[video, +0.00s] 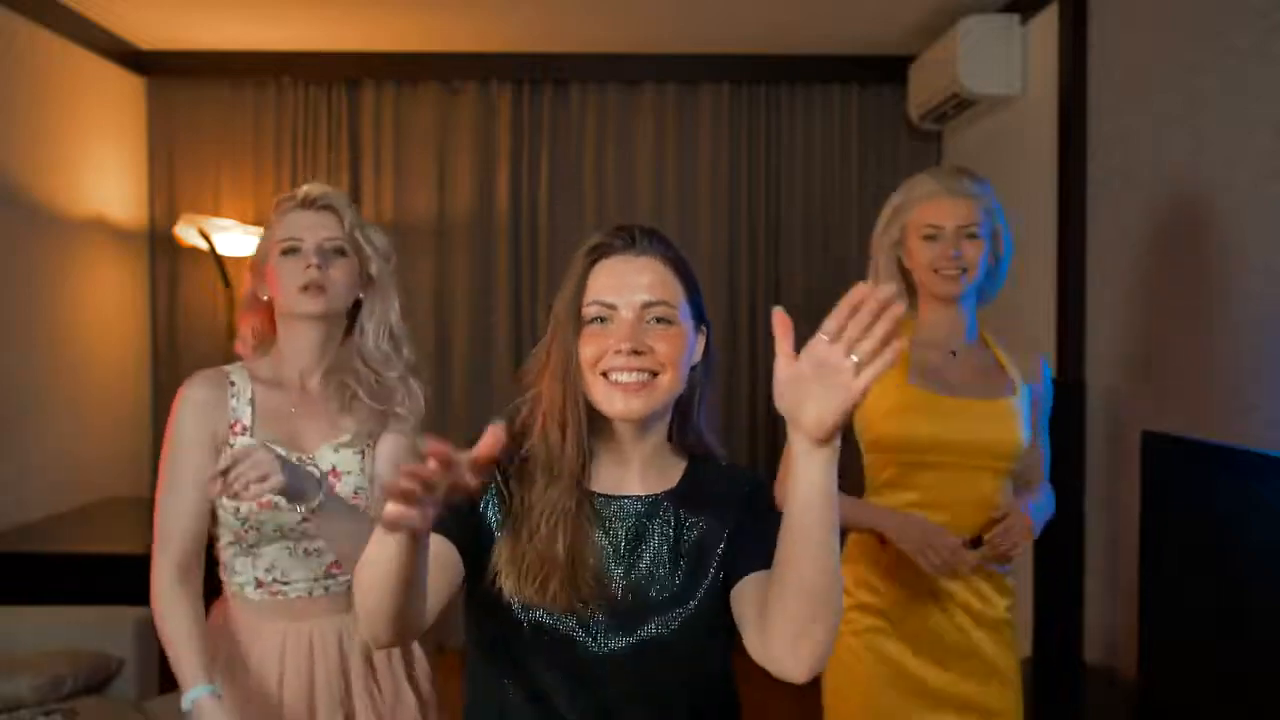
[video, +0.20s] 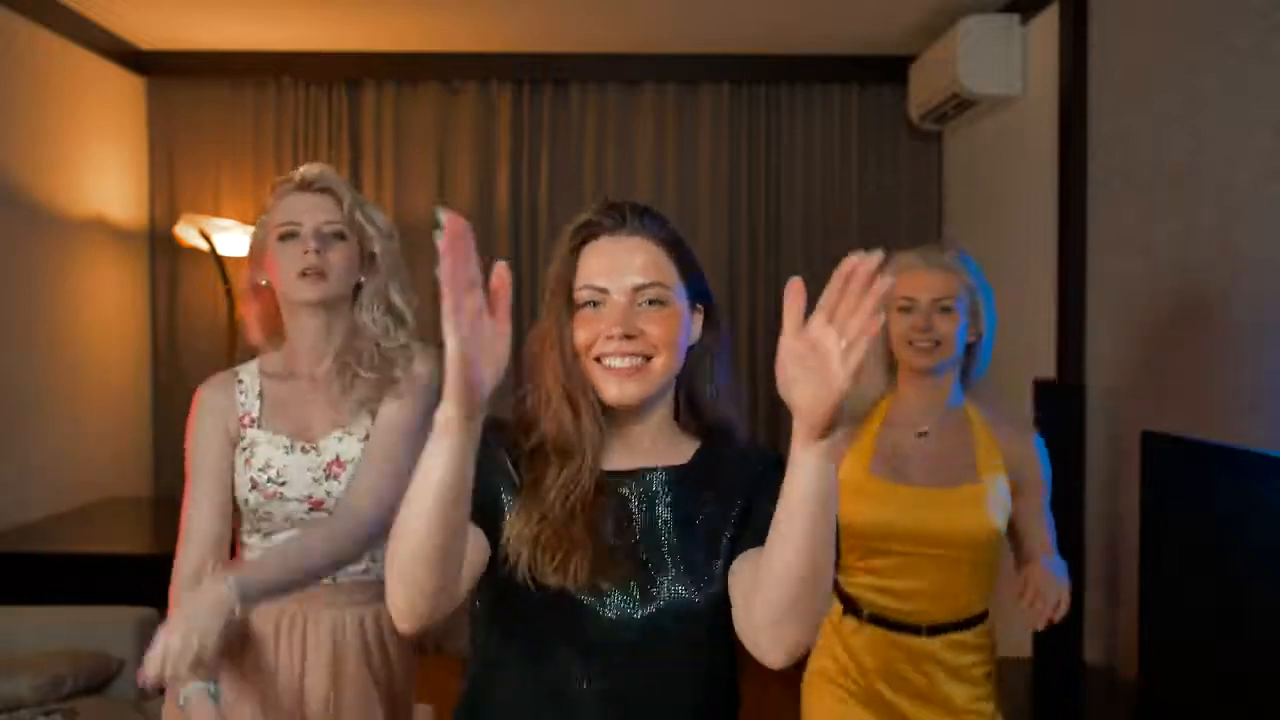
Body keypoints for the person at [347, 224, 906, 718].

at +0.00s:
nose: (628, 339)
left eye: (658, 317)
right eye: (600, 317)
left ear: (698, 347)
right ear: (566, 343)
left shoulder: (729, 503)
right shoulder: (500, 489)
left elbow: (794, 655)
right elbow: (383, 628)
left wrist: (812, 445)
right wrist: (400, 525)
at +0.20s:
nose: (620, 327)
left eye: (651, 300)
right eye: (593, 302)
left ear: (695, 324)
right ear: (562, 328)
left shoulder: (740, 476)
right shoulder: (510, 461)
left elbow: (778, 641)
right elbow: (413, 609)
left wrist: (814, 443)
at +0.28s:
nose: (610, 352)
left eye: (642, 326)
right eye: (583, 326)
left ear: (684, 348)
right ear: (554, 347)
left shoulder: (736, 495)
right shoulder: (515, 497)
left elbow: (756, 673)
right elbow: (430, 675)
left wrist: (801, 524)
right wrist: (499, 472)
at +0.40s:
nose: (602, 381)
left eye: (635, 356)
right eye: (576, 351)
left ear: (671, 380)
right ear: (541, 370)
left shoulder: (725, 504)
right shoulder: (485, 521)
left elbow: (744, 673)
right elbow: (445, 709)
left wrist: (755, 697)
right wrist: (515, 546)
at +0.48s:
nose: (601, 368)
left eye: (632, 344)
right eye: (573, 339)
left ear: (668, 368)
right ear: (536, 357)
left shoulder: (715, 488)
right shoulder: (493, 503)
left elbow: (754, 682)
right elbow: (429, 704)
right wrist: (479, 527)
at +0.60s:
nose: (603, 330)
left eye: (636, 304)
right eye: (574, 300)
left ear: (671, 331)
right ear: (534, 320)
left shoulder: (712, 459)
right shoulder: (463, 461)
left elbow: (773, 687)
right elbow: (410, 667)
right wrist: (391, 609)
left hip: (675, 707)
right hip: (513, 708)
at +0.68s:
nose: (610, 344)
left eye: (641, 317)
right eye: (579, 314)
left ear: (679, 344)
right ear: (537, 337)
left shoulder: (724, 491)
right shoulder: (467, 474)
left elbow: (775, 694)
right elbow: (387, 658)